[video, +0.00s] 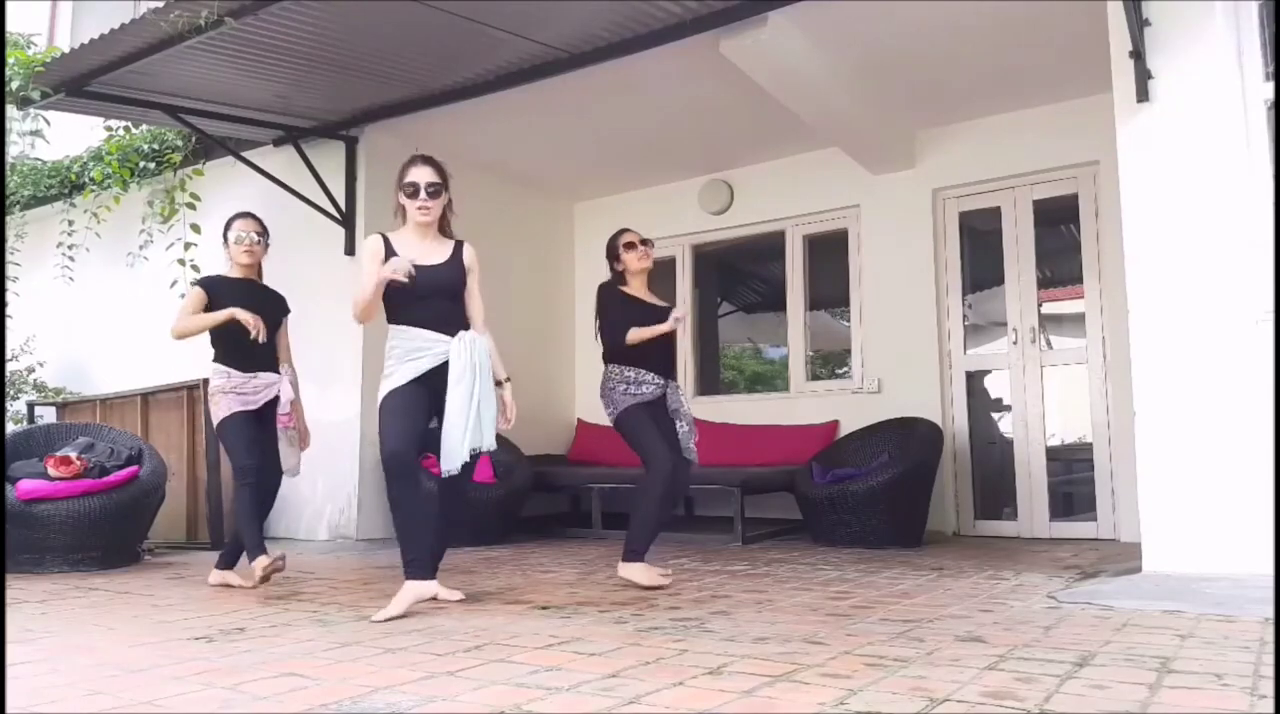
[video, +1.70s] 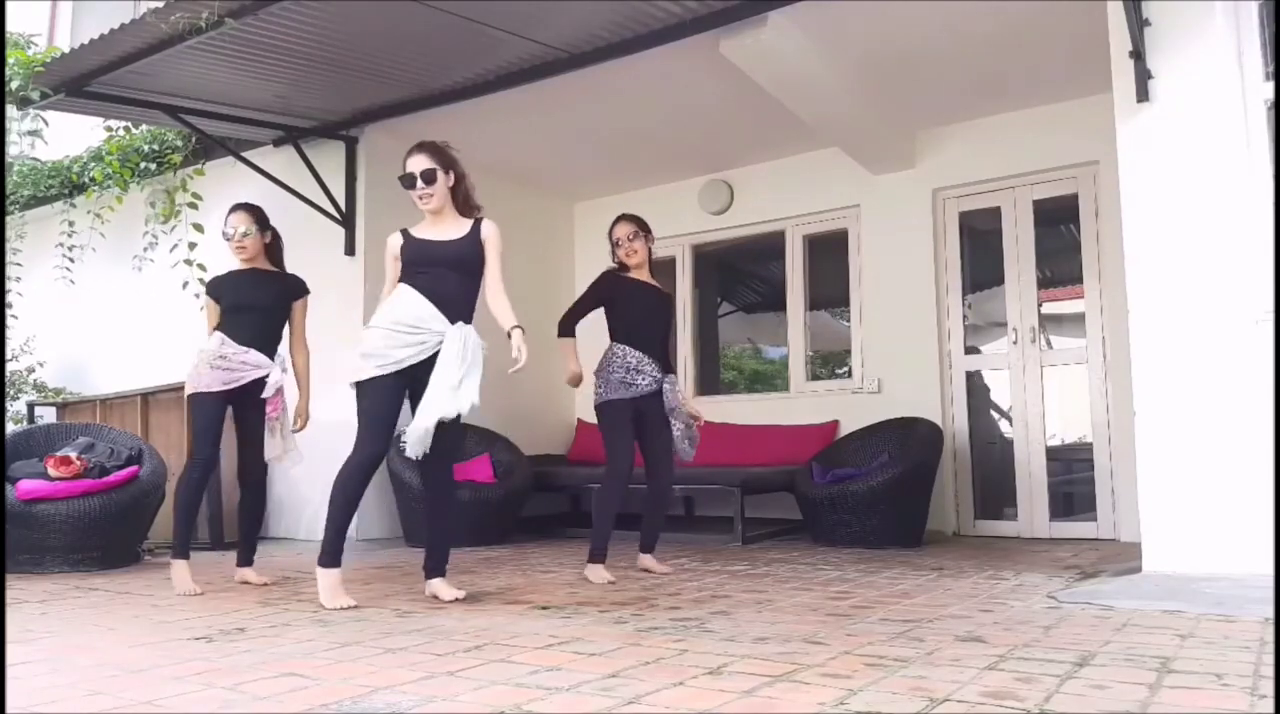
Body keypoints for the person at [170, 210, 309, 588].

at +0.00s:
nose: (249, 241)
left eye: (257, 236)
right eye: (240, 236)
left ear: (266, 246)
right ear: (227, 246)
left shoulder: (275, 300)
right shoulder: (210, 286)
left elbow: (286, 362)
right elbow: (179, 327)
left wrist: (298, 413)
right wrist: (230, 313)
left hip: (272, 390)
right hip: (230, 389)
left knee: (270, 478)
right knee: (247, 469)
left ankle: (224, 567)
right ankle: (258, 558)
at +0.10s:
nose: (249, 247)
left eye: (257, 241)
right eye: (240, 241)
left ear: (266, 250)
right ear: (227, 249)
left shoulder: (276, 301)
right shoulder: (210, 293)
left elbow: (286, 364)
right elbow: (189, 352)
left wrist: (298, 411)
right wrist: (233, 356)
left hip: (272, 392)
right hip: (229, 391)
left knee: (275, 477)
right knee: (252, 466)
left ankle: (225, 566)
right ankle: (258, 565)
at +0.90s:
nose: (247, 239)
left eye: (255, 232)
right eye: (238, 233)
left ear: (267, 238)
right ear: (229, 239)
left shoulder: (284, 291)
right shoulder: (213, 279)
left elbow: (288, 353)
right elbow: (196, 333)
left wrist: (297, 402)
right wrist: (189, 371)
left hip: (269, 387)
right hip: (225, 384)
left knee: (260, 475)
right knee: (232, 469)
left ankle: (238, 566)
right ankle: (208, 567)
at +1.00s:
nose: (249, 247)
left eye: (257, 239)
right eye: (240, 240)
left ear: (270, 246)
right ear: (230, 246)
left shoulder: (283, 299)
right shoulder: (212, 287)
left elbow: (290, 363)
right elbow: (208, 347)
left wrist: (309, 412)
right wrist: (180, 314)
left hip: (272, 392)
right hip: (227, 389)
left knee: (268, 479)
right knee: (230, 468)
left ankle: (240, 564)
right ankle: (214, 564)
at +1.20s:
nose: (249, 259)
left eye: (257, 252)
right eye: (241, 253)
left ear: (270, 257)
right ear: (231, 258)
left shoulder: (284, 308)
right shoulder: (214, 296)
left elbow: (298, 368)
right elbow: (156, 318)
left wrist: (316, 414)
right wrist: (203, 300)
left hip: (275, 398)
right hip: (230, 397)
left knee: (275, 490)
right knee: (224, 472)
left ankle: (240, 567)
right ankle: (215, 559)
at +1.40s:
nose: (246, 257)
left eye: (255, 251)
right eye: (239, 251)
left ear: (269, 258)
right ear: (229, 258)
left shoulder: (283, 310)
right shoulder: (213, 299)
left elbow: (301, 370)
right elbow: (156, 326)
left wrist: (321, 421)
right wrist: (181, 349)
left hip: (275, 399)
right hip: (229, 398)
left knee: (277, 480)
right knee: (216, 473)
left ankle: (240, 566)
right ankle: (215, 568)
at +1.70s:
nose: (238, 241)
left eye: (246, 233)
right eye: (231, 236)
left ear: (266, 235)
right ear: (226, 241)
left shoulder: (290, 285)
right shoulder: (219, 285)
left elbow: (298, 346)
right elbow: (210, 342)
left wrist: (303, 398)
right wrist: (196, 381)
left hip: (256, 381)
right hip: (211, 378)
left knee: (253, 470)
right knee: (202, 461)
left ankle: (246, 563)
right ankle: (179, 558)